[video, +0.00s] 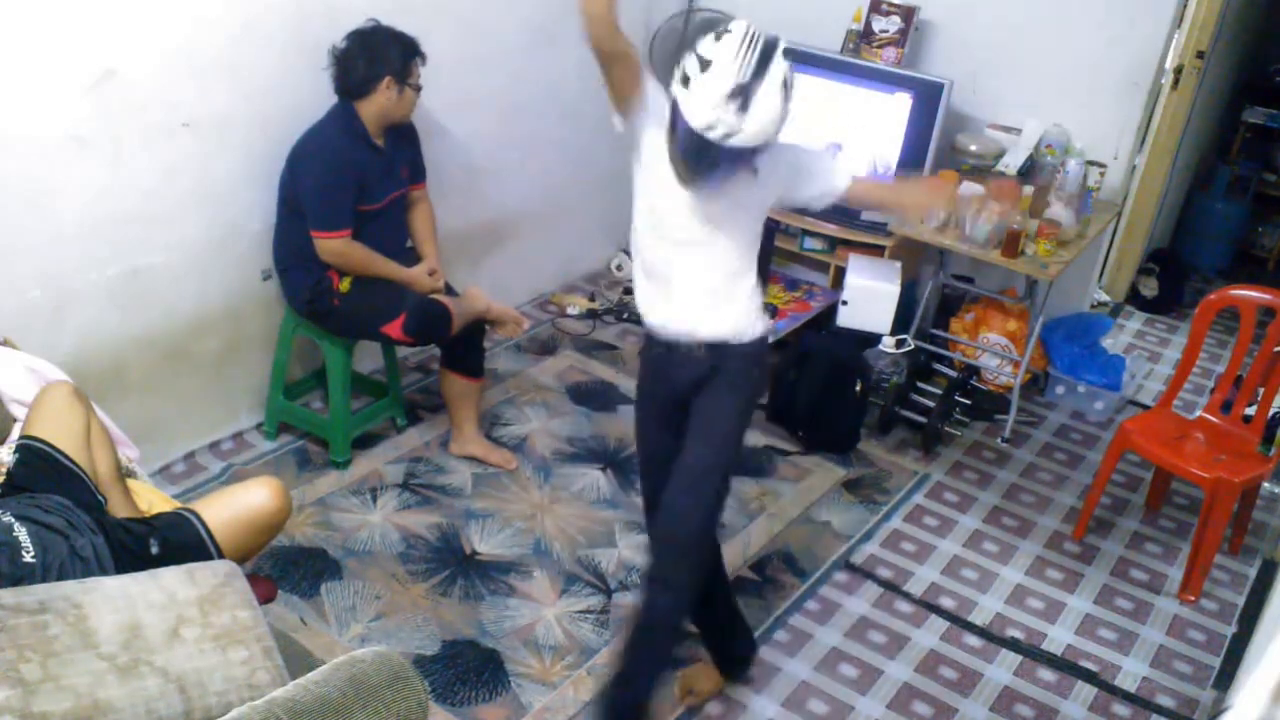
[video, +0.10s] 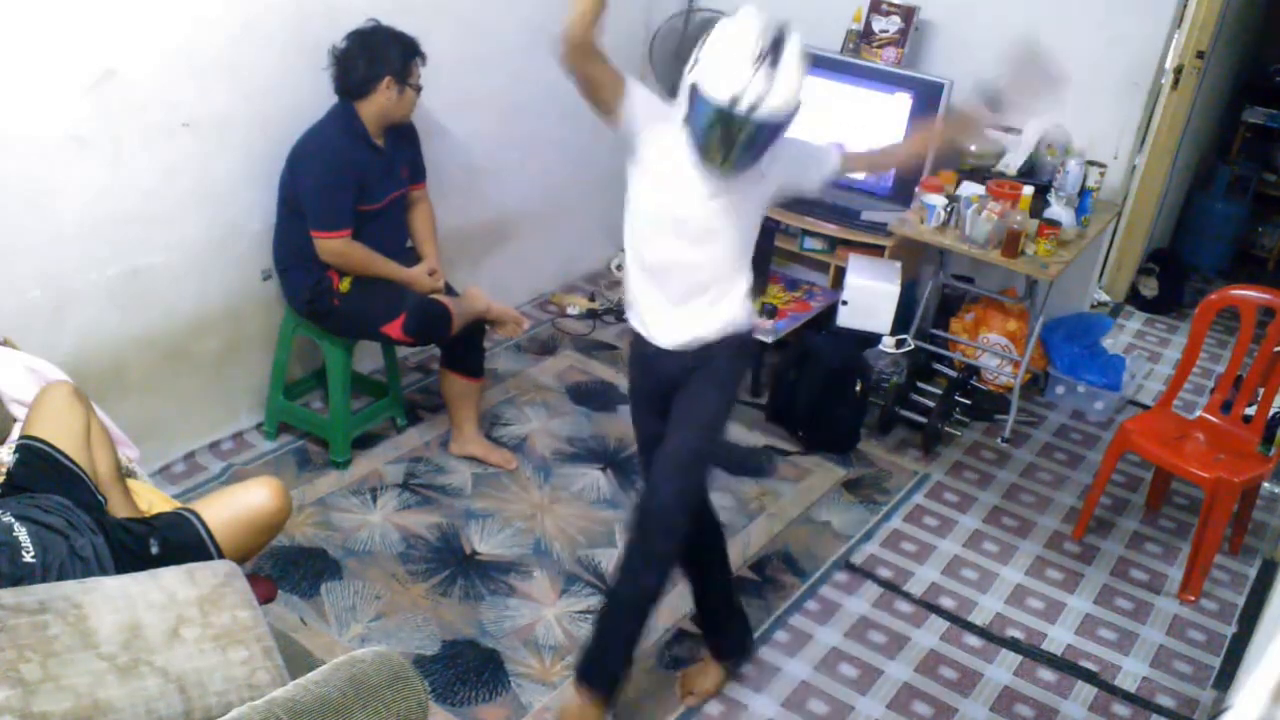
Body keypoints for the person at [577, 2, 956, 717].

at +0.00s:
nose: (710, 159)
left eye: (730, 151)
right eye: (699, 139)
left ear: (757, 133)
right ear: (677, 101)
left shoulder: (776, 164)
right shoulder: (650, 120)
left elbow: (880, 191)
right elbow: (605, 40)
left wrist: (972, 193)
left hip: (732, 359)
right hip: (661, 354)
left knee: (681, 525)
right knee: (671, 519)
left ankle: (620, 705)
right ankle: (734, 650)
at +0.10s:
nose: (729, 146)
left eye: (751, 136)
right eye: (719, 127)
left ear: (775, 122)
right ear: (694, 97)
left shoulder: (777, 158)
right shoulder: (648, 120)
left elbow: (873, 159)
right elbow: (577, 51)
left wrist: (953, 128)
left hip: (716, 351)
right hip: (648, 348)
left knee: (663, 503)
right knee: (680, 503)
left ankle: (592, 687)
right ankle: (728, 645)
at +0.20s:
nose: (749, 109)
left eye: (765, 98)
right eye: (742, 89)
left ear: (777, 85)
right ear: (710, 57)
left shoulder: (758, 112)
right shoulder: (638, 77)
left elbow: (840, 106)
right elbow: (553, 11)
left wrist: (926, 73)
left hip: (694, 305)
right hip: (626, 299)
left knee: (633, 448)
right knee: (655, 450)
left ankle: (591, 596)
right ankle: (698, 594)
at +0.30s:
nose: (731, 88)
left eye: (746, 78)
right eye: (725, 67)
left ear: (757, 77)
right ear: (696, 48)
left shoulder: (743, 108)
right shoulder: (627, 75)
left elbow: (788, 113)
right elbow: (572, 7)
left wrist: (841, 119)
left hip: (675, 308)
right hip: (607, 297)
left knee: (613, 444)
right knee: (634, 435)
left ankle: (578, 570)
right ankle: (678, 549)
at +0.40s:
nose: (686, 124)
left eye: (702, 116)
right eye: (675, 102)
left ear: (721, 112)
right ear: (652, 83)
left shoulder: (717, 153)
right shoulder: (609, 127)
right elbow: (605, 49)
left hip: (649, 349)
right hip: (581, 330)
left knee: (594, 460)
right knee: (576, 427)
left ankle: (554, 559)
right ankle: (615, 474)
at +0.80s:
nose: (636, 88)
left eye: (649, 70)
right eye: (622, 75)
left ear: (687, 48)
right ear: (608, 62)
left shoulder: (738, 105)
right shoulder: (619, 104)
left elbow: (777, 54)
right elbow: (577, 207)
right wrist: (507, 283)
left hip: (665, 313)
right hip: (591, 285)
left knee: (629, 445)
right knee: (508, 415)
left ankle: (586, 540)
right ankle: (434, 531)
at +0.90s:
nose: (620, 116)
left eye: (635, 100)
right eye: (609, 99)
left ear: (680, 79)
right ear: (597, 81)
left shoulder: (732, 124)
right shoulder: (629, 138)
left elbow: (753, 31)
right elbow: (603, 185)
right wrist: (534, 210)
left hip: (675, 330)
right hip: (600, 307)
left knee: (635, 461)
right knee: (527, 437)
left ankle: (586, 541)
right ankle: (464, 562)